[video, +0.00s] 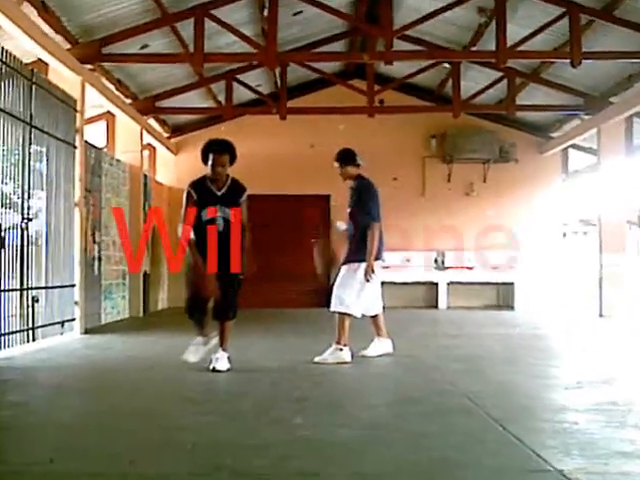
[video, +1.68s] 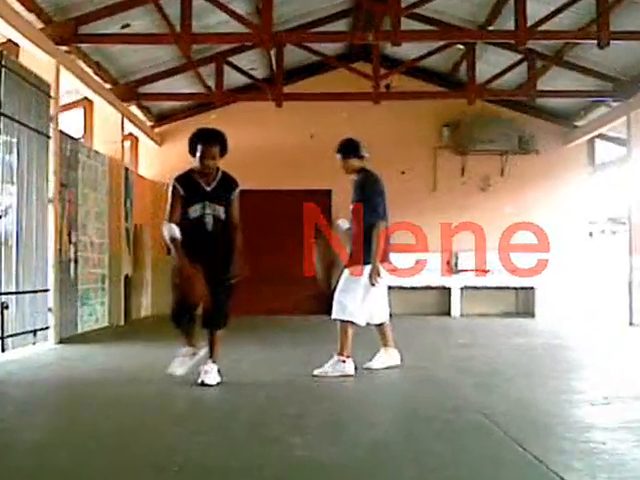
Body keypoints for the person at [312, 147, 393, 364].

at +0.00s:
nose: (339, 173)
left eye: (340, 169)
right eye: (338, 169)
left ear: (347, 167)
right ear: (352, 166)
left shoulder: (365, 188)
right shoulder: (356, 188)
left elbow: (375, 225)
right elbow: (361, 223)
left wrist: (370, 260)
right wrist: (346, 228)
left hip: (361, 257)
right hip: (359, 256)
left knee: (342, 297)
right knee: (371, 299)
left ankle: (341, 346)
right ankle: (382, 339)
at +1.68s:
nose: (342, 166)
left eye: (343, 161)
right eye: (341, 161)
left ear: (353, 159)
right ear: (355, 159)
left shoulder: (370, 181)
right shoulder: (361, 182)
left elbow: (380, 223)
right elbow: (365, 222)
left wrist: (376, 261)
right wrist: (349, 227)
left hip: (365, 260)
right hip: (363, 258)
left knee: (344, 304)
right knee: (377, 306)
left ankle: (343, 358)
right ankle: (389, 350)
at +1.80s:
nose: (368, 175)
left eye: (371, 171)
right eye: (364, 171)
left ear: (377, 170)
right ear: (360, 172)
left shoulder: (389, 191)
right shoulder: (359, 194)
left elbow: (404, 222)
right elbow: (353, 225)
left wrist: (414, 251)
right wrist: (346, 247)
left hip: (379, 253)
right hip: (363, 252)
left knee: (355, 289)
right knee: (377, 294)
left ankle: (358, 335)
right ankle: (380, 337)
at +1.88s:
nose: (368, 175)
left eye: (371, 171)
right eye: (364, 171)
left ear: (377, 170)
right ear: (360, 172)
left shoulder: (389, 191)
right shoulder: (359, 194)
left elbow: (404, 222)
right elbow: (353, 225)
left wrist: (414, 251)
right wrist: (346, 247)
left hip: (379, 253)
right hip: (363, 252)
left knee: (354, 288)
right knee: (377, 293)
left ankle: (358, 335)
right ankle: (380, 337)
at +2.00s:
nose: (380, 176)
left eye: (383, 171)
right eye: (376, 172)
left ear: (389, 171)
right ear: (372, 173)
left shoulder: (401, 190)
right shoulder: (371, 197)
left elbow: (421, 203)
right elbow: (359, 219)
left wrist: (436, 194)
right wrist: (339, 226)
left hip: (393, 254)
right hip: (375, 254)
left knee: (380, 296)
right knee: (368, 297)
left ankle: (412, 335)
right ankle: (379, 338)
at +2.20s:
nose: (393, 165)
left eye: (396, 160)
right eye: (389, 161)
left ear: (403, 161)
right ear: (385, 163)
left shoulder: (419, 179)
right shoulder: (385, 187)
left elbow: (444, 183)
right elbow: (368, 205)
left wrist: (460, 172)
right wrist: (339, 208)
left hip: (414, 248)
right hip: (393, 249)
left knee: (410, 295)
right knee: (390, 293)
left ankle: (424, 338)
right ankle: (394, 334)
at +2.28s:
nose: (400, 157)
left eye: (403, 153)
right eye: (396, 153)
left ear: (410, 152)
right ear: (391, 155)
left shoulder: (425, 171)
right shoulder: (390, 179)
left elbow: (451, 181)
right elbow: (377, 205)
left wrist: (465, 180)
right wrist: (351, 220)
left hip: (422, 239)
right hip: (399, 242)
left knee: (424, 287)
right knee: (404, 289)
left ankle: (434, 334)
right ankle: (410, 334)